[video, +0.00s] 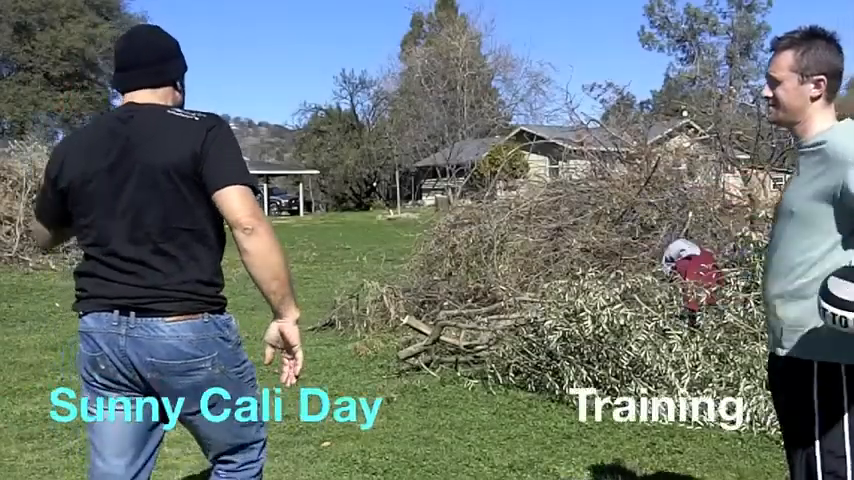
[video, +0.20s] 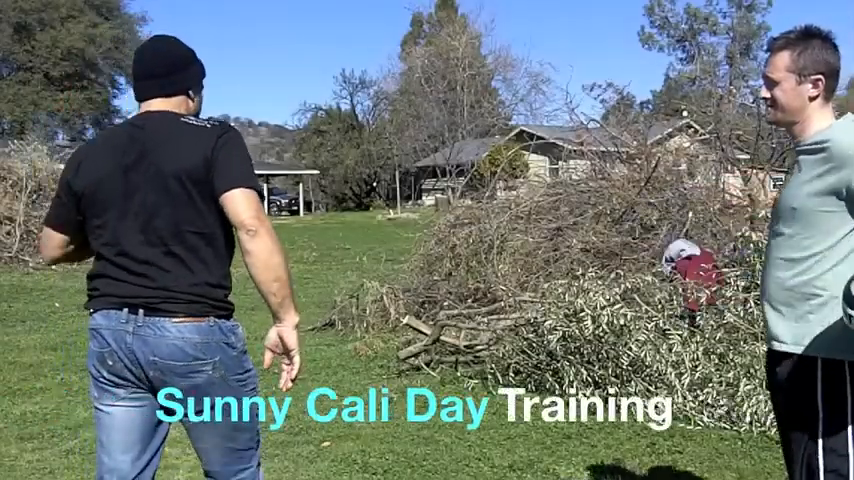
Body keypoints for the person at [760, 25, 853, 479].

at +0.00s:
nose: (765, 93)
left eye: (775, 82)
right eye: (767, 82)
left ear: (815, 87)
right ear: (812, 88)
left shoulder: (844, 152)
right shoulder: (811, 154)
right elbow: (826, 241)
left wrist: (850, 278)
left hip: (825, 355)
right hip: (794, 352)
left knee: (829, 470)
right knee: (806, 467)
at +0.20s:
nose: (762, 92)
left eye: (772, 82)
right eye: (765, 82)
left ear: (813, 87)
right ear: (810, 88)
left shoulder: (843, 148)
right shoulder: (810, 152)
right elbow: (824, 242)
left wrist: (849, 302)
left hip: (824, 350)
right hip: (791, 347)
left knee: (828, 469)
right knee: (804, 467)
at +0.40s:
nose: (771, 92)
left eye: (782, 82)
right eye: (773, 82)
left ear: (823, 88)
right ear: (818, 88)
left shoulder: (845, 157)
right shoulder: (812, 156)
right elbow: (819, 238)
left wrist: (845, 285)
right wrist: (775, 231)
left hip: (832, 365)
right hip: (793, 358)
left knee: (828, 471)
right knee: (804, 469)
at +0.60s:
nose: (789, 93)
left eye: (799, 82)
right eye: (792, 82)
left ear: (840, 87)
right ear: (836, 88)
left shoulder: (846, 161)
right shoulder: (819, 158)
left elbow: (851, 252)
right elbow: (800, 224)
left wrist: (762, 281)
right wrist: (736, 220)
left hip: (831, 365)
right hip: (798, 356)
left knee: (826, 471)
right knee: (804, 468)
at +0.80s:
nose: (803, 89)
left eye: (812, 79)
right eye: (805, 79)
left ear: (848, 85)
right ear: (841, 86)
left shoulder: (847, 162)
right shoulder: (819, 154)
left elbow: (805, 252)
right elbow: (779, 208)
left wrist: (712, 260)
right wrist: (721, 201)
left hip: (831, 363)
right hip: (802, 354)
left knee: (826, 470)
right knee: (809, 466)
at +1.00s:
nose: (804, 87)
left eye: (815, 77)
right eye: (808, 77)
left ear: (849, 84)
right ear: (842, 84)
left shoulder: (845, 158)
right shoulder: (816, 148)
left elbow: (773, 245)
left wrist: (696, 254)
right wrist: (717, 253)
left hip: (833, 356)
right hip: (803, 348)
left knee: (827, 470)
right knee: (809, 465)